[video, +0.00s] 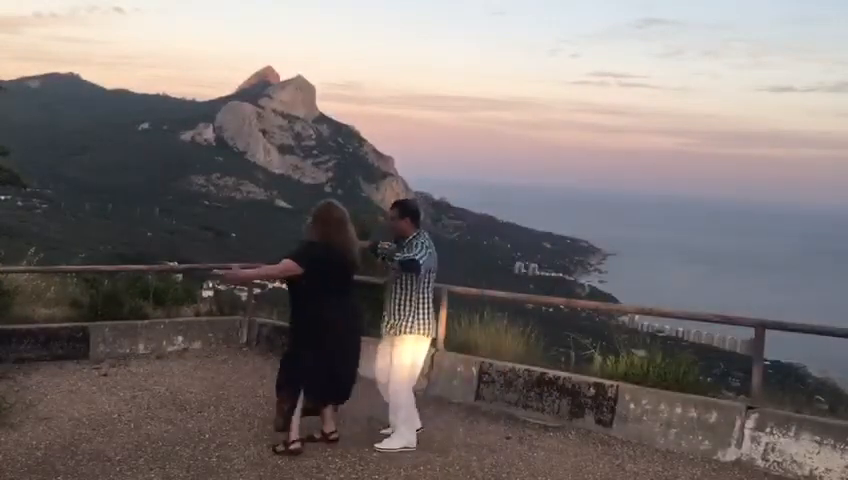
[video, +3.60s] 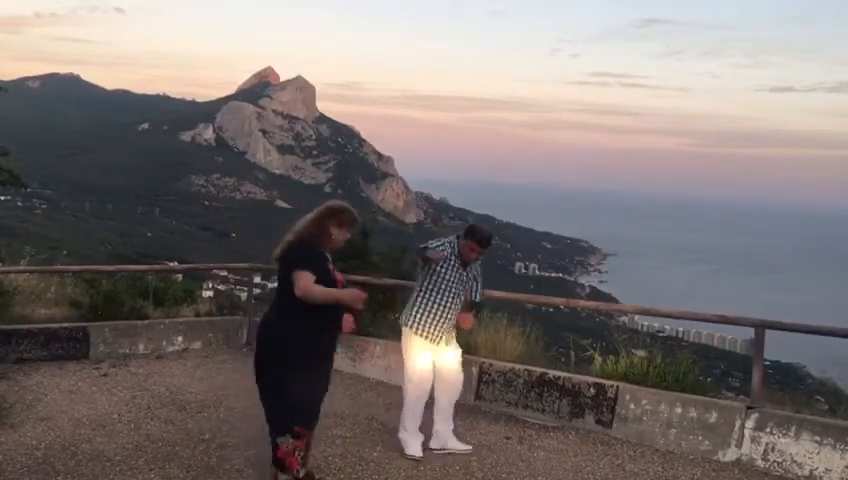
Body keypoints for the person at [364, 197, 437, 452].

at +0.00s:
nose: (390, 225)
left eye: (394, 219)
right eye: (390, 219)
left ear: (407, 221)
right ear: (404, 221)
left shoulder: (423, 244)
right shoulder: (401, 246)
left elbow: (413, 264)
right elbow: (382, 252)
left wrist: (389, 256)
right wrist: (374, 247)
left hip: (414, 327)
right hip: (394, 325)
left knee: (400, 382)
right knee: (383, 376)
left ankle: (404, 436)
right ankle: (408, 420)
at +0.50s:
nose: (394, 221)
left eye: (400, 217)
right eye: (395, 217)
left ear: (415, 220)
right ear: (397, 219)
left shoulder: (426, 245)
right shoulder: (390, 244)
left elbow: (442, 271)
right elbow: (365, 248)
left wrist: (413, 265)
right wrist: (341, 247)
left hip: (414, 325)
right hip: (388, 322)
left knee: (402, 377)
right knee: (382, 375)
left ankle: (407, 429)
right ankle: (388, 426)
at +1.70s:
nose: (417, 234)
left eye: (422, 230)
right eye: (415, 229)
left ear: (437, 228)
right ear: (413, 227)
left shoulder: (453, 245)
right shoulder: (408, 247)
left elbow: (476, 257)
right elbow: (379, 257)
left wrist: (444, 259)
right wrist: (343, 262)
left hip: (445, 327)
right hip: (412, 326)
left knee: (441, 380)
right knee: (403, 376)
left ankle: (438, 428)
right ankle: (399, 423)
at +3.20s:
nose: (447, 256)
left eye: (452, 253)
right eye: (445, 250)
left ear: (459, 248)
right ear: (437, 241)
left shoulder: (466, 255)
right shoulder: (420, 246)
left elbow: (491, 277)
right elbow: (387, 249)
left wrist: (464, 278)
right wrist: (352, 245)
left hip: (441, 330)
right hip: (411, 327)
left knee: (441, 382)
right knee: (411, 384)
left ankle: (428, 430)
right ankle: (411, 439)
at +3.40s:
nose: (459, 256)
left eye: (464, 253)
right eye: (456, 251)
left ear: (470, 251)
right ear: (447, 241)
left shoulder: (469, 260)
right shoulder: (429, 248)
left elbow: (488, 279)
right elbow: (401, 253)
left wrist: (475, 292)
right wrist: (377, 255)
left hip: (440, 330)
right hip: (411, 328)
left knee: (447, 378)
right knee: (413, 382)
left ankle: (425, 427)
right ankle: (409, 437)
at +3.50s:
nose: (465, 257)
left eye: (470, 254)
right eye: (462, 251)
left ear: (475, 252)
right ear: (454, 242)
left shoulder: (473, 264)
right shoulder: (436, 248)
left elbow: (483, 285)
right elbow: (412, 255)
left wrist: (472, 303)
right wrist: (398, 258)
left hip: (442, 332)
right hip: (413, 329)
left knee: (455, 380)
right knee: (415, 384)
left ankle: (429, 422)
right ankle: (410, 437)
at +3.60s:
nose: (473, 256)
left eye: (478, 253)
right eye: (471, 249)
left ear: (482, 251)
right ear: (461, 241)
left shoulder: (475, 268)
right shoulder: (446, 246)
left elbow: (473, 301)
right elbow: (420, 252)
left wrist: (468, 314)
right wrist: (429, 256)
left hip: (445, 334)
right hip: (418, 328)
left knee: (451, 383)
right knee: (419, 383)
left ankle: (442, 437)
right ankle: (410, 440)